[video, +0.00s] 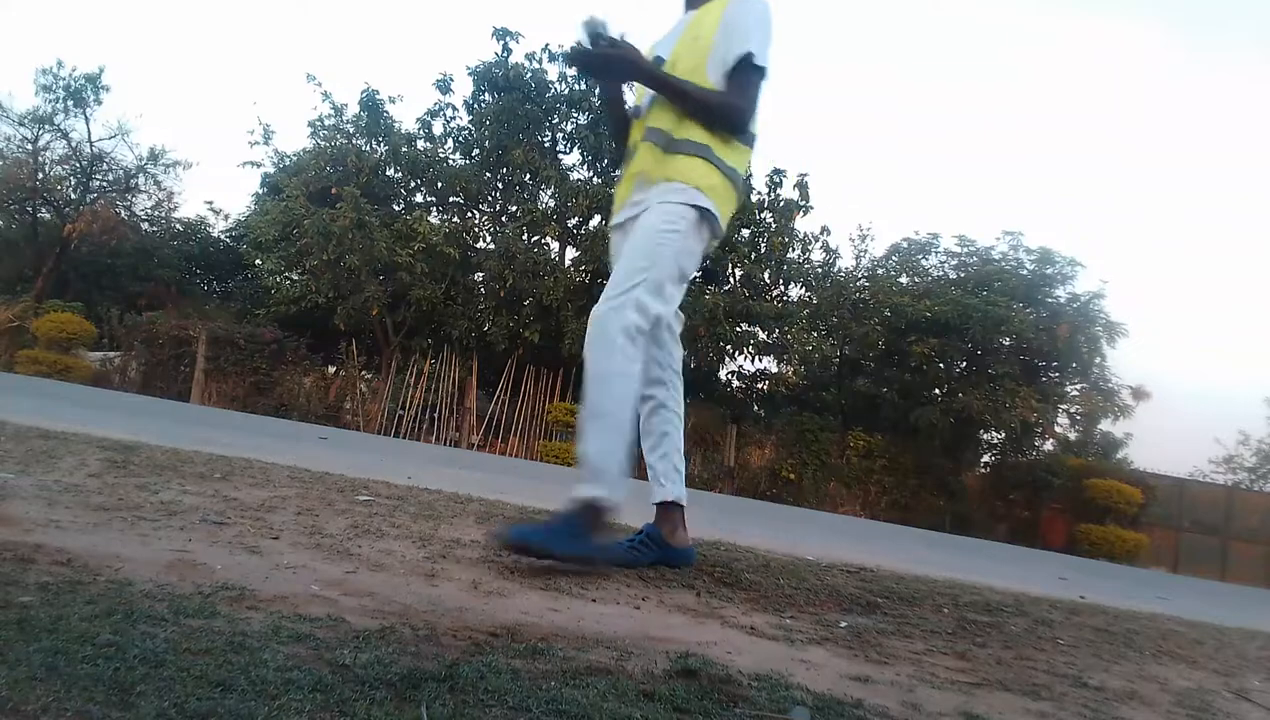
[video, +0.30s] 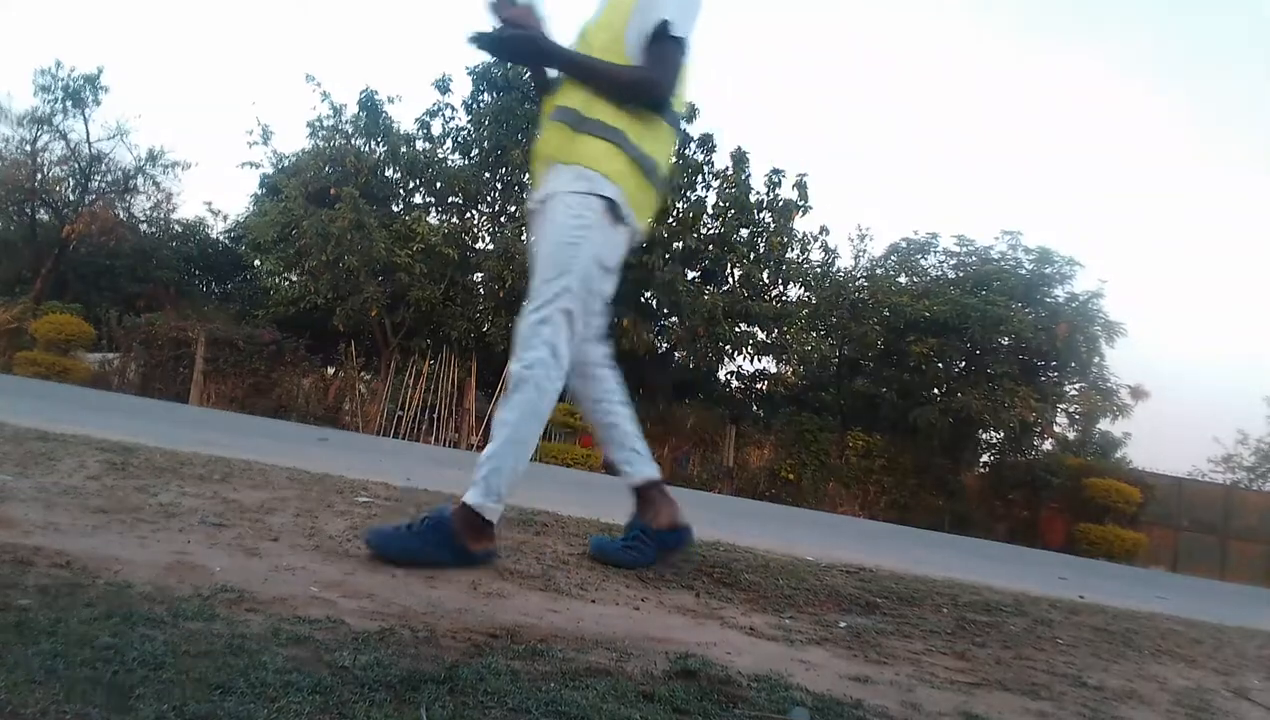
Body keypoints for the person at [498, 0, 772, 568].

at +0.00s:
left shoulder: (743, 10)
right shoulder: (664, 48)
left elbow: (737, 112)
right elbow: (631, 148)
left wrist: (640, 69)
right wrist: (610, 85)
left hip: (684, 194)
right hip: (636, 202)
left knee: (616, 323)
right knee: (658, 353)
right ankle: (671, 527)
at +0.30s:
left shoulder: (667, 4)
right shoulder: (606, 25)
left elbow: (653, 86)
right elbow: (572, 119)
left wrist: (546, 48)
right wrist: (536, 60)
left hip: (597, 183)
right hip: (565, 182)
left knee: (544, 337)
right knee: (584, 347)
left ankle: (474, 518)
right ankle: (658, 509)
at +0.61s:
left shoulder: (583, 3)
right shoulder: (521, 17)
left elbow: (571, 74)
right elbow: (494, 102)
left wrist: (461, 38)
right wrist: (456, 35)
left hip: (530, 182)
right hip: (471, 180)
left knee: (503, 353)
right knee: (403, 305)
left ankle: (470, 536)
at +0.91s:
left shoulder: (508, 6)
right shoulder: (432, 17)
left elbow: (513, 67)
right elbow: (408, 94)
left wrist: (392, 32)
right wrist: (366, 37)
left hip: (454, 173)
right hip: (389, 174)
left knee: (447, 353)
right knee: (338, 347)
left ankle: (465, 541)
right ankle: (264, 513)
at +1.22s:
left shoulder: (456, 4)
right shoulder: (364, 10)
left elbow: (451, 46)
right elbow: (330, 73)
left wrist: (354, 5)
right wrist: (311, 9)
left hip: (393, 132)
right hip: (327, 132)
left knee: (337, 300)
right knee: (301, 331)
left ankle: (391, 509)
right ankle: (264, 512)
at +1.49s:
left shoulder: (446, 8)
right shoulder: (337, 17)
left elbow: (442, 34)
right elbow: (312, 54)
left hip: (375, 136)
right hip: (302, 131)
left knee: (340, 330)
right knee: (284, 333)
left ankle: (327, 522)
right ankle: (261, 510)